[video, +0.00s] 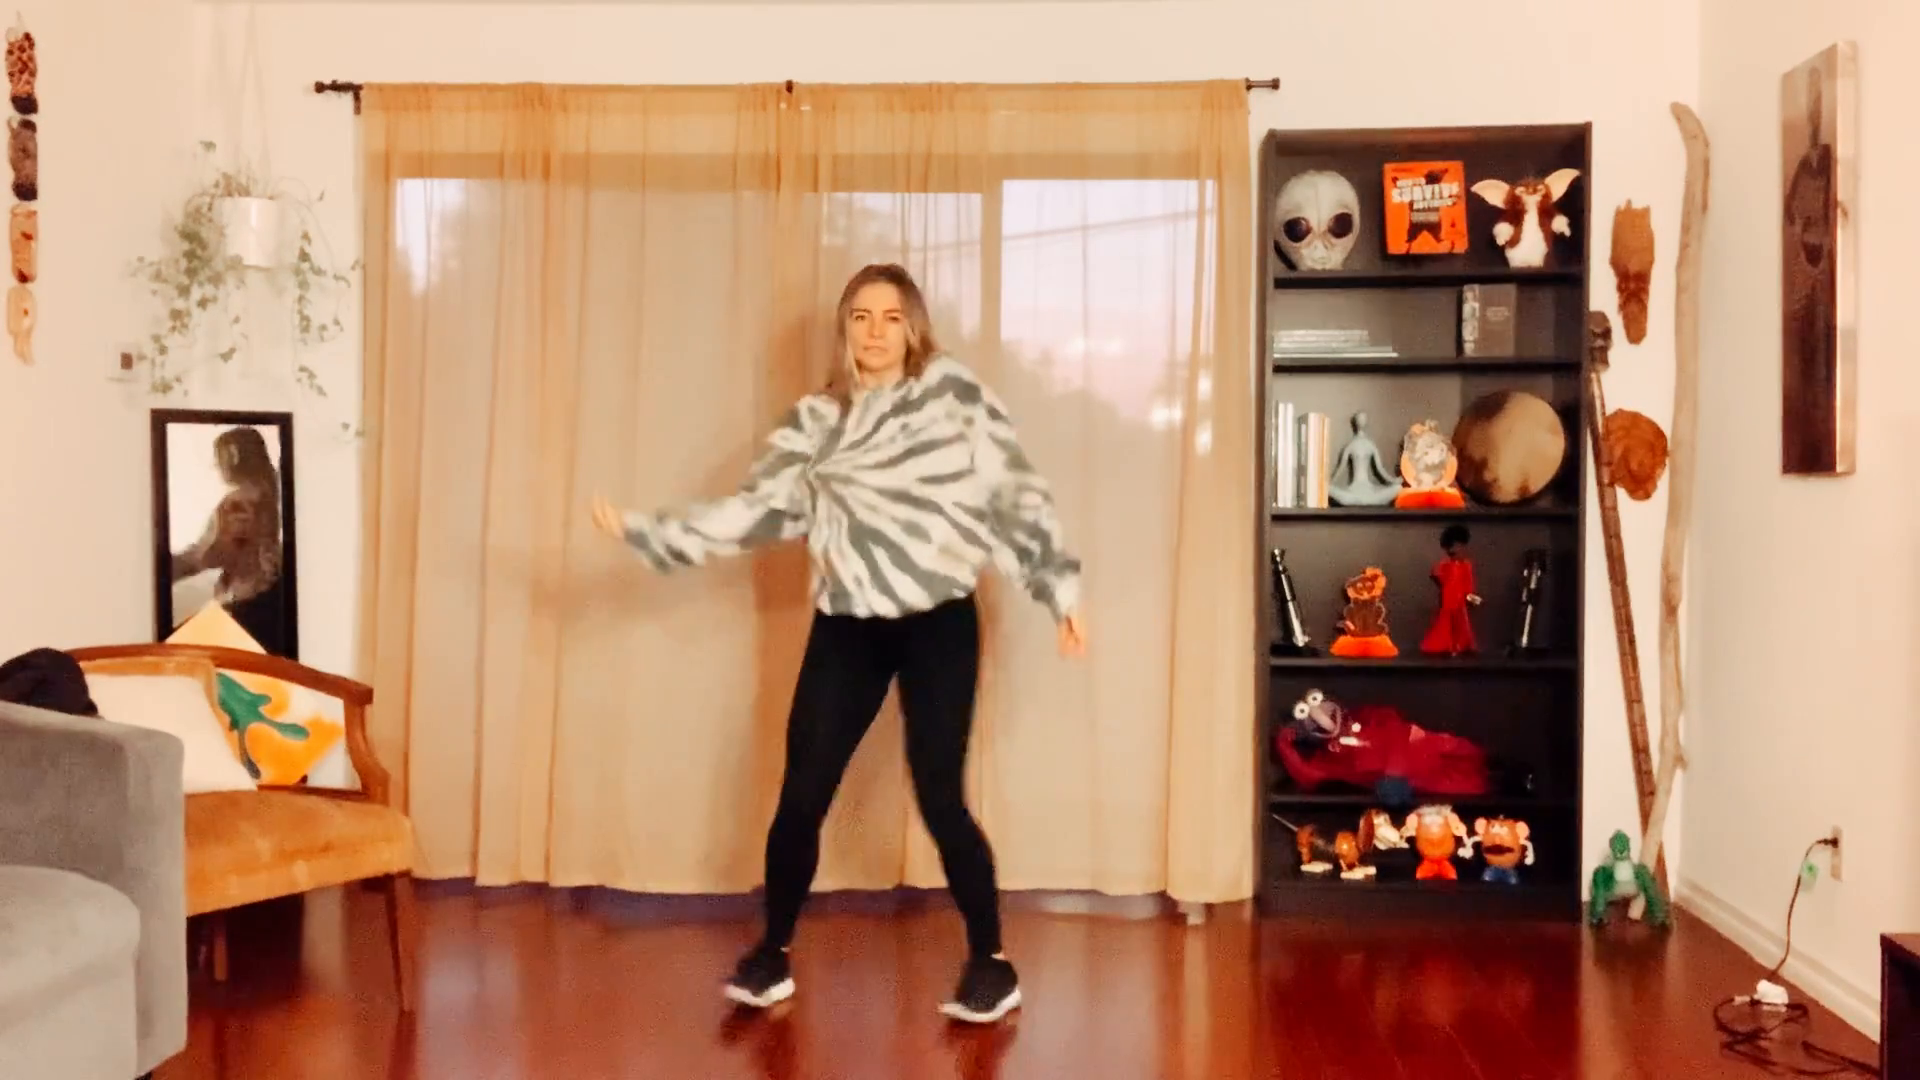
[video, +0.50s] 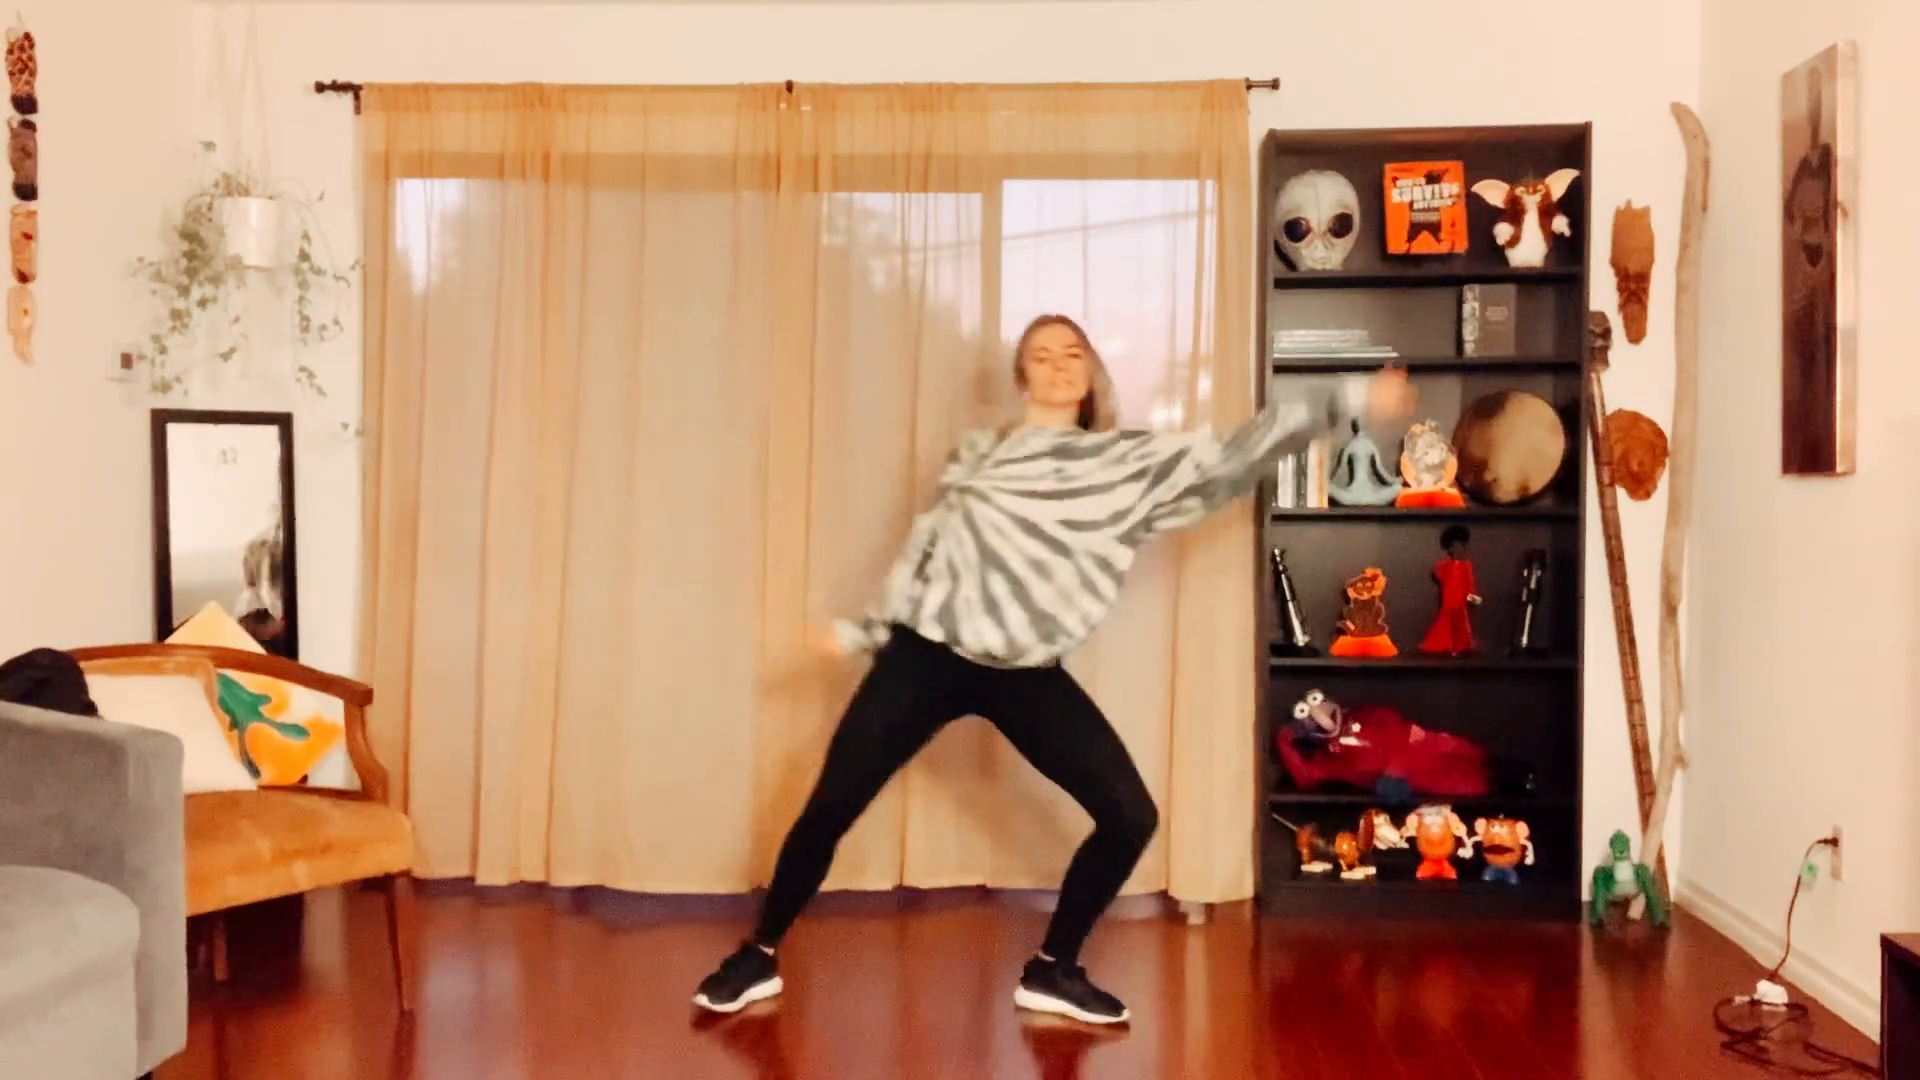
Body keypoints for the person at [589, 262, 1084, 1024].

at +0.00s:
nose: (875, 330)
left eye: (891, 318)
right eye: (862, 316)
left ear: (915, 329)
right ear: (843, 327)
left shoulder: (955, 400)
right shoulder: (819, 421)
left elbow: (1016, 494)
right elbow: (759, 510)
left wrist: (1058, 588)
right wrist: (646, 530)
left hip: (938, 620)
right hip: (848, 623)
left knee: (941, 802)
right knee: (802, 795)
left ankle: (990, 963)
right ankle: (771, 953)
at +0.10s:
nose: (876, 334)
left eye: (891, 326)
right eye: (863, 322)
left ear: (910, 344)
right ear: (838, 335)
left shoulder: (947, 426)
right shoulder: (801, 426)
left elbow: (1012, 531)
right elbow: (715, 472)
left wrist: (1059, 630)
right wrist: (624, 462)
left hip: (961, 626)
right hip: (865, 634)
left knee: (1001, 797)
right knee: (794, 790)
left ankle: (1013, 963)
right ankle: (765, 954)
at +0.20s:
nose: (889, 347)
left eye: (906, 343)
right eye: (878, 333)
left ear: (920, 367)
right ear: (849, 347)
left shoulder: (946, 446)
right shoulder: (807, 427)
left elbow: (1002, 560)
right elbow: (729, 438)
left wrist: (1073, 658)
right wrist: (667, 421)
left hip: (974, 640)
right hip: (878, 641)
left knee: (1054, 799)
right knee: (798, 800)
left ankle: (1038, 967)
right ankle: (760, 958)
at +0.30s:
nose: (952, 347)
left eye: (964, 339)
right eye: (937, 334)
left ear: (979, 357)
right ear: (906, 348)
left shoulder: (1007, 449)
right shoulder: (866, 430)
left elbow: (1072, 549)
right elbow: (792, 467)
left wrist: (1152, 605)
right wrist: (717, 456)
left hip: (987, 653)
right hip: (888, 648)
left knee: (1086, 800)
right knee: (801, 796)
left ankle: (1049, 969)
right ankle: (755, 955)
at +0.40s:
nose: (1018, 347)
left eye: (1033, 341)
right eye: (1004, 338)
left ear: (1054, 368)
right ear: (977, 359)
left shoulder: (1084, 462)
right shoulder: (934, 442)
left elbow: (1185, 508)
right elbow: (863, 522)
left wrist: (1303, 512)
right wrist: (800, 574)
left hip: (1002, 662)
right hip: (902, 647)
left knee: (1106, 805)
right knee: (807, 797)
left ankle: (1051, 969)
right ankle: (752, 955)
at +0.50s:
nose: (1055, 359)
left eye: (1070, 350)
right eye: (1040, 351)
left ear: (1091, 376)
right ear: (1021, 375)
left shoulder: (1129, 463)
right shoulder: (983, 459)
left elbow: (1236, 454)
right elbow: (925, 549)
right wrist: (865, 624)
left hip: (1028, 668)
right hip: (930, 650)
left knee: (1129, 817)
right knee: (831, 801)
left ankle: (1054, 972)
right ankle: (760, 954)